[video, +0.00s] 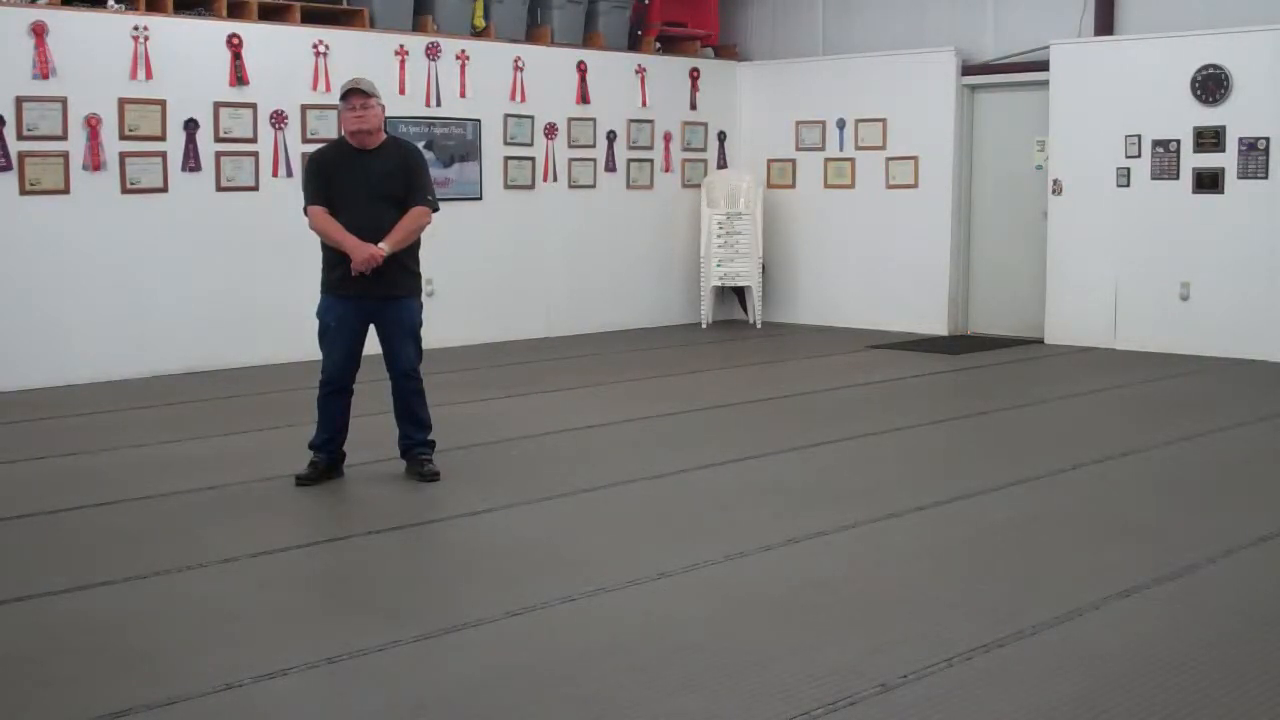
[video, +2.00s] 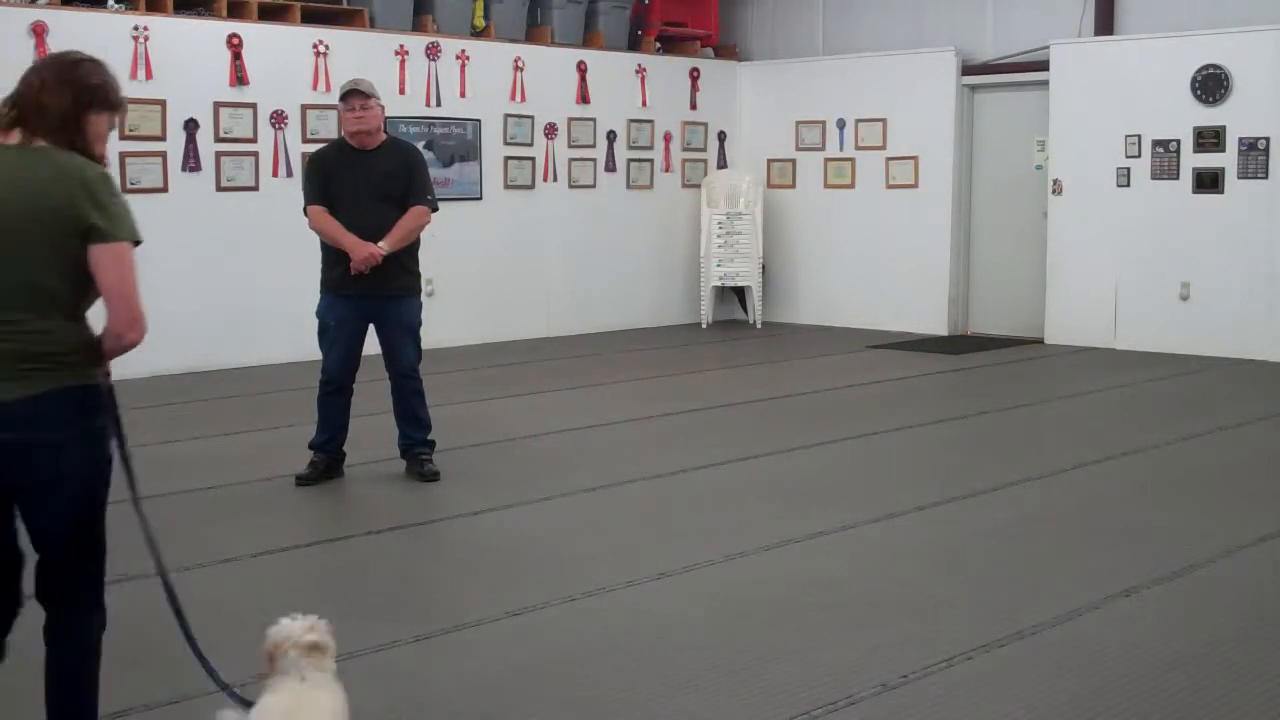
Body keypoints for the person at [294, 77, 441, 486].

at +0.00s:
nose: (358, 114)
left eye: (365, 107)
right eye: (350, 108)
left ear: (381, 111)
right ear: (340, 117)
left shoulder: (407, 155)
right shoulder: (321, 161)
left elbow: (422, 213)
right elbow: (316, 215)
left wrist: (379, 250)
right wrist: (355, 247)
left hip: (398, 287)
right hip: (342, 288)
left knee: (407, 373)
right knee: (335, 376)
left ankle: (419, 452)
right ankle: (327, 456)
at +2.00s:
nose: (358, 113)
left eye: (365, 106)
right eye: (350, 108)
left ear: (381, 112)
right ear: (340, 117)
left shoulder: (407, 155)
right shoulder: (321, 161)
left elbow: (421, 213)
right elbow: (316, 215)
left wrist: (378, 250)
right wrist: (355, 246)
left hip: (398, 288)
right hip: (342, 289)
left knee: (406, 373)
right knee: (335, 375)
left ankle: (419, 452)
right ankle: (327, 455)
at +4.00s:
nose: (357, 117)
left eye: (364, 109)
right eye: (349, 111)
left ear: (380, 113)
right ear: (338, 118)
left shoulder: (406, 155)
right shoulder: (322, 161)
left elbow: (421, 213)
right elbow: (316, 216)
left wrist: (378, 250)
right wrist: (354, 247)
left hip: (397, 288)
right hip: (342, 289)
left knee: (406, 372)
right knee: (334, 374)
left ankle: (419, 450)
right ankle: (326, 454)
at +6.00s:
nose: (360, 116)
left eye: (366, 109)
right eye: (352, 111)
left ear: (380, 111)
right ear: (341, 116)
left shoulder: (405, 154)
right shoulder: (328, 159)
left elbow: (420, 211)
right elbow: (314, 218)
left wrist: (376, 250)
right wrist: (348, 243)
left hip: (396, 285)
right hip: (341, 286)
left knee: (406, 371)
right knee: (336, 378)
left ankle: (418, 450)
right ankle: (329, 456)